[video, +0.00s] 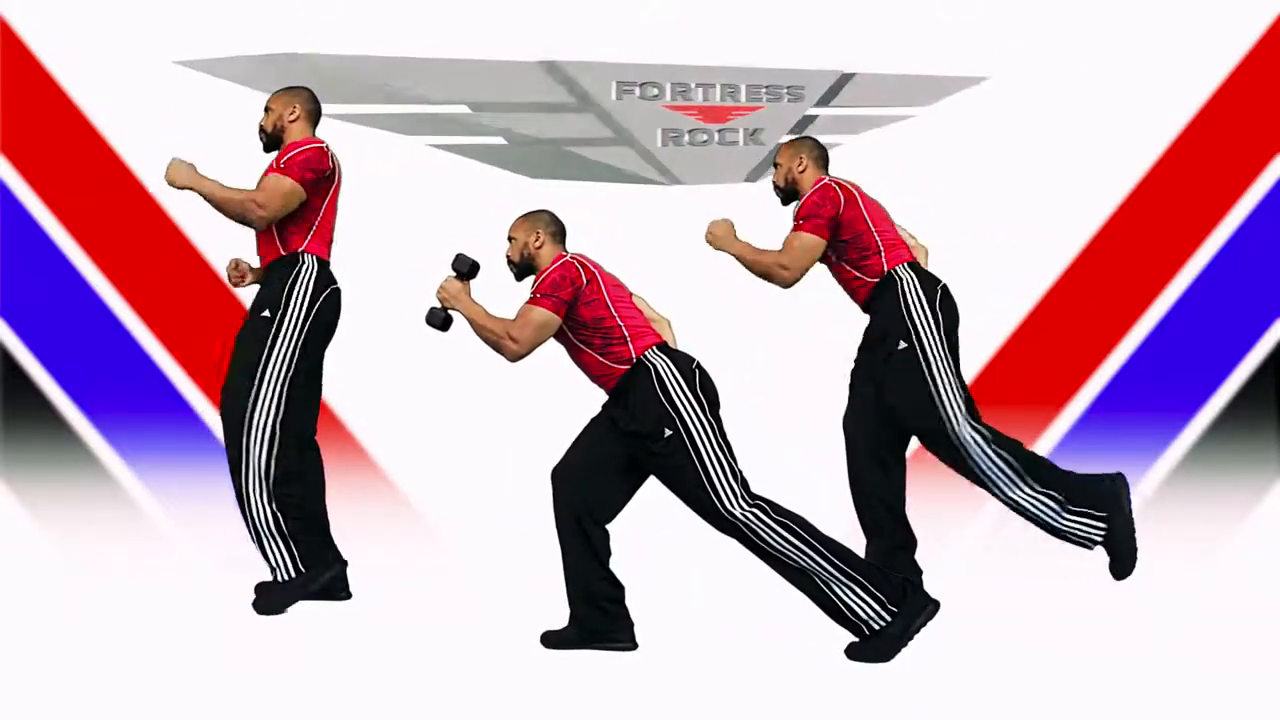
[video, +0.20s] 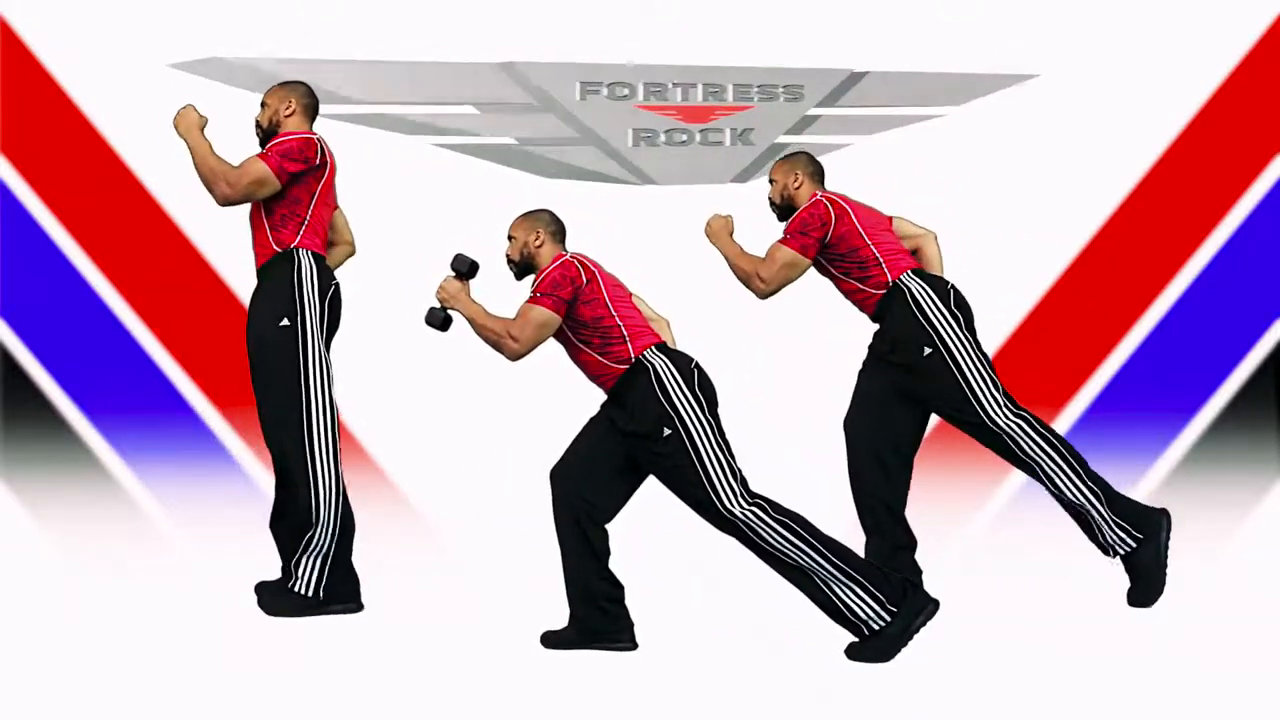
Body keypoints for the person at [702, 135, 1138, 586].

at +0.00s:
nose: (772, 179)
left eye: (776, 168)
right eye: (772, 171)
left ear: (802, 161)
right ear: (811, 167)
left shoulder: (824, 194)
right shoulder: (850, 200)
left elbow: (786, 269)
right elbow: (915, 252)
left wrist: (732, 246)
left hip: (907, 300)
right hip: (889, 315)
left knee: (955, 434)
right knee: (868, 440)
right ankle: (893, 579)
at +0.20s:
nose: (769, 192)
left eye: (776, 182)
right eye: (769, 184)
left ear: (804, 179)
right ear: (807, 186)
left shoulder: (817, 211)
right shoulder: (843, 213)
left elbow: (764, 279)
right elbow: (920, 237)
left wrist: (723, 241)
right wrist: (939, 306)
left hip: (918, 306)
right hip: (898, 325)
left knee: (1000, 422)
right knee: (871, 446)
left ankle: (1134, 530)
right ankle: (898, 590)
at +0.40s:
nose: (768, 199)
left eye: (774, 189)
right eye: (768, 192)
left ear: (802, 186)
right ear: (811, 191)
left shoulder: (818, 218)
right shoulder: (849, 220)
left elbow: (769, 289)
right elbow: (924, 247)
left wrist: (724, 256)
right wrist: (943, 314)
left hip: (921, 309)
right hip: (902, 326)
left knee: (1002, 427)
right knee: (868, 440)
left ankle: (1141, 532)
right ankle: (896, 582)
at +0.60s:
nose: (768, 199)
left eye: (774, 189)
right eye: (769, 192)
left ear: (801, 189)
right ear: (808, 192)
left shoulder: (816, 219)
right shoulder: (845, 221)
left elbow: (767, 291)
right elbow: (923, 249)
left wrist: (722, 258)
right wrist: (940, 316)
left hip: (920, 310)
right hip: (904, 324)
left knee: (1002, 431)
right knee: (865, 436)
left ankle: (1141, 534)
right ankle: (890, 567)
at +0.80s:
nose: (768, 199)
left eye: (775, 189)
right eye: (768, 191)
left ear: (802, 189)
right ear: (806, 193)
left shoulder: (814, 220)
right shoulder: (844, 221)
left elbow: (767, 293)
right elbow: (922, 248)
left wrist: (721, 259)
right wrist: (941, 315)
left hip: (920, 311)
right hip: (902, 327)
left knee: (1004, 431)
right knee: (864, 436)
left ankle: (1143, 534)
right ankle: (890, 568)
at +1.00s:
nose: (767, 195)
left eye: (773, 186)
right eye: (767, 187)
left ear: (801, 185)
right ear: (805, 189)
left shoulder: (815, 215)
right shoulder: (839, 218)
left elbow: (774, 292)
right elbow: (916, 257)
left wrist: (724, 266)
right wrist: (923, 323)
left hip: (917, 311)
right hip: (898, 327)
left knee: (993, 432)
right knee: (861, 437)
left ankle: (1134, 532)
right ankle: (890, 569)